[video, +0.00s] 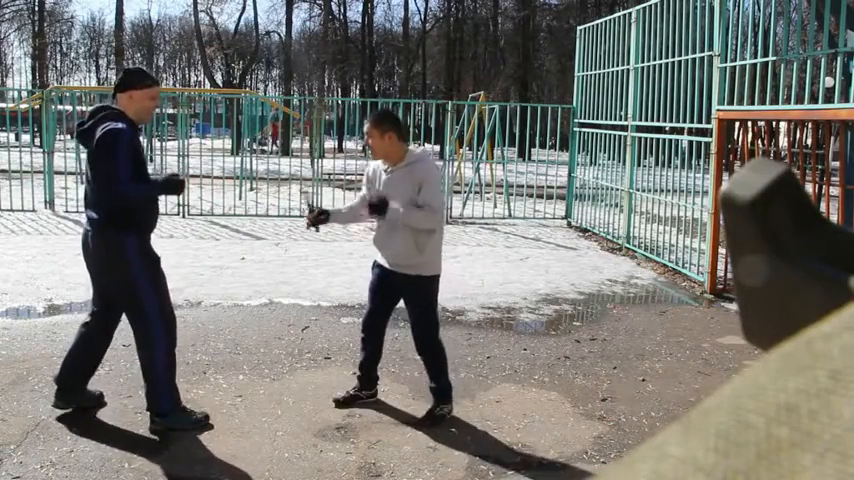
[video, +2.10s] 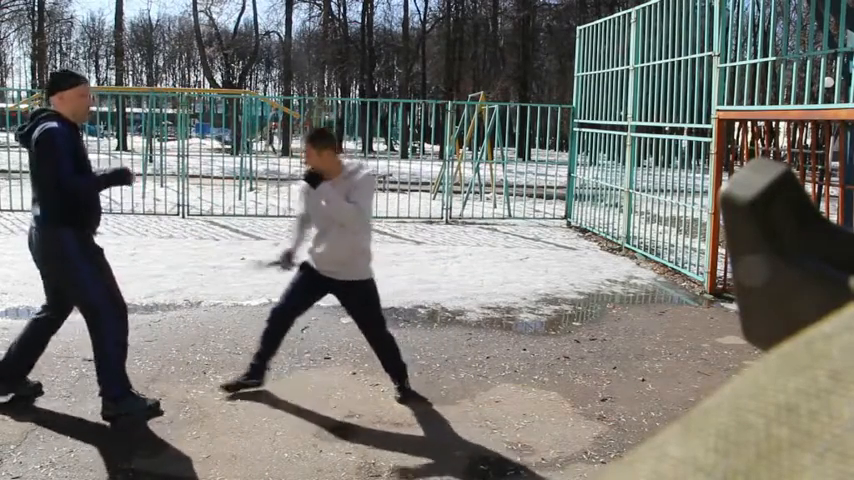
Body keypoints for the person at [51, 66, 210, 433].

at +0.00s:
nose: (155, 106)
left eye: (156, 99)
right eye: (151, 98)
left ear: (126, 97)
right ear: (128, 96)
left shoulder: (109, 128)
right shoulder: (119, 134)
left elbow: (117, 187)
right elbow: (121, 191)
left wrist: (157, 185)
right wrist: (164, 186)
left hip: (103, 243)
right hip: (125, 246)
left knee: (104, 315)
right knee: (158, 324)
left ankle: (70, 388)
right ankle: (166, 411)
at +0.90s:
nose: (145, 127)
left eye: (146, 120)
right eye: (142, 119)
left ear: (118, 118)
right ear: (120, 118)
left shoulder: (96, 145)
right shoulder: (111, 152)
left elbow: (137, 197)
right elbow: (143, 200)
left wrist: (179, 204)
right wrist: (188, 203)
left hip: (76, 252)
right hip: (94, 256)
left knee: (88, 319)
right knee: (145, 321)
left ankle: (37, 385)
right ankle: (173, 408)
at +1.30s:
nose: (133, 139)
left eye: (135, 133)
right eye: (130, 131)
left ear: (106, 127)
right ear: (107, 126)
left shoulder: (93, 155)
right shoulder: (88, 161)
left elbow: (118, 213)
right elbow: (119, 219)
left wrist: (155, 226)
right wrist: (164, 231)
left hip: (52, 254)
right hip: (62, 258)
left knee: (55, 321)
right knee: (115, 322)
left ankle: (5, 382)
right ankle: (134, 409)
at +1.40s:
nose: (121, 126)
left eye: (122, 119)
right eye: (116, 118)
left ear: (95, 118)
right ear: (92, 116)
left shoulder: (84, 148)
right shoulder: (67, 151)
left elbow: (92, 196)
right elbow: (77, 204)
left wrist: (130, 201)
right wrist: (132, 202)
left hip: (52, 249)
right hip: (58, 253)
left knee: (47, 321)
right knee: (104, 326)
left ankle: (5, 383)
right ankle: (133, 408)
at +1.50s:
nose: (105, 116)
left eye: (106, 109)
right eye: (100, 108)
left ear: (82, 108)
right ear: (77, 106)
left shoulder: (71, 137)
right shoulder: (57, 140)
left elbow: (73, 188)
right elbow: (66, 195)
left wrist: (105, 171)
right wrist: (107, 171)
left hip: (54, 246)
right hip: (58, 249)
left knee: (40, 319)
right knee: (102, 316)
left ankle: (6, 383)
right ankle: (116, 404)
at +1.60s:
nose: (98, 106)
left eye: (98, 99)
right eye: (92, 98)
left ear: (74, 101)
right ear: (68, 99)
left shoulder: (65, 132)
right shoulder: (51, 134)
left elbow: (65, 186)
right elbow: (59, 188)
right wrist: (100, 172)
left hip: (56, 240)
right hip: (59, 243)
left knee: (42, 314)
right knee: (100, 314)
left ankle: (5, 382)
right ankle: (99, 401)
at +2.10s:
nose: (91, 102)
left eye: (90, 95)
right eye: (85, 95)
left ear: (62, 99)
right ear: (61, 98)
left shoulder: (53, 130)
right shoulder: (56, 134)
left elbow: (65, 186)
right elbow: (70, 187)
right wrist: (113, 178)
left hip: (49, 239)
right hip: (68, 242)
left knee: (56, 308)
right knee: (109, 312)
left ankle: (8, 376)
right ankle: (118, 399)